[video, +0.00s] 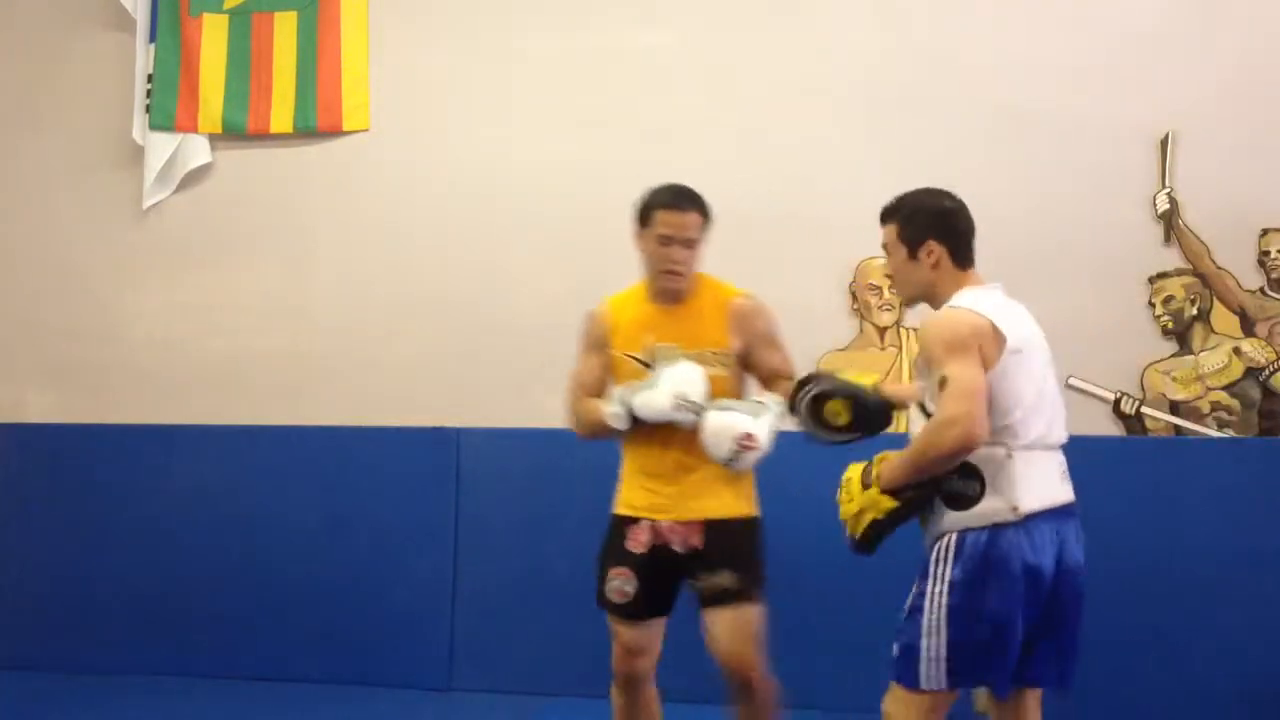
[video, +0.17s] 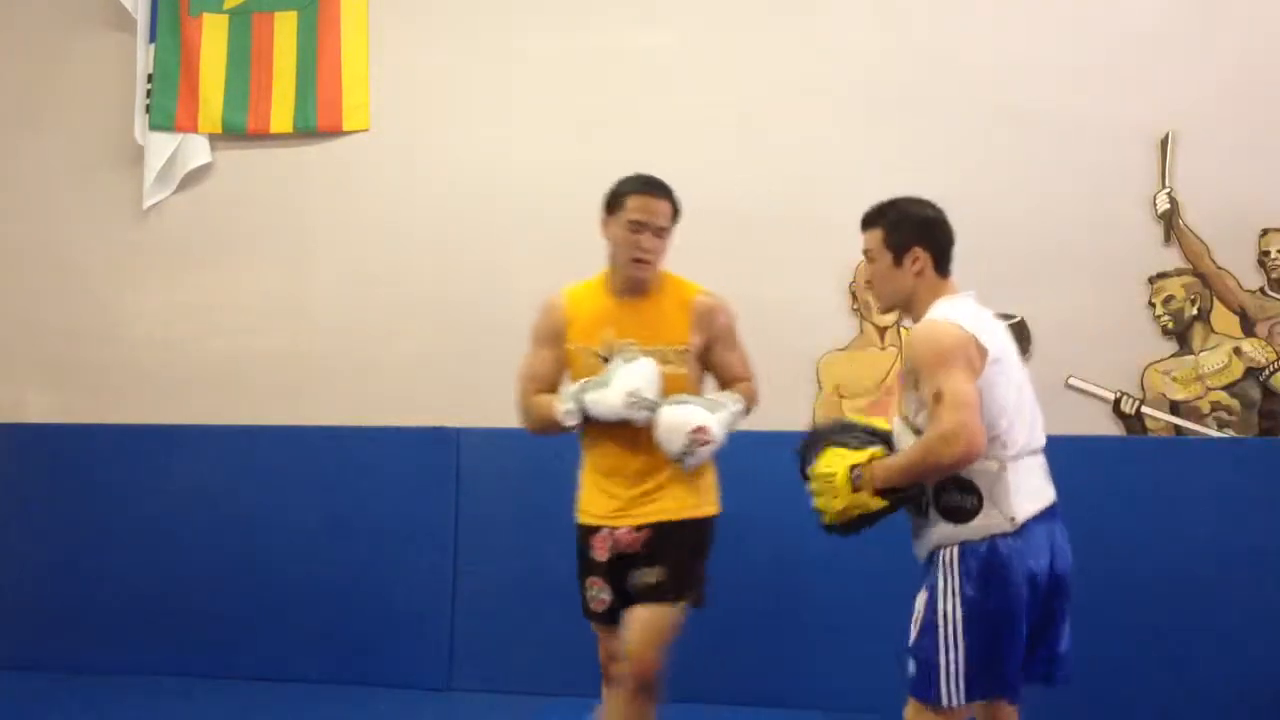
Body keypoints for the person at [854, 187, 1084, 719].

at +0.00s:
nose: (887, 270)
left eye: (891, 256)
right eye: (886, 257)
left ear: (931, 256)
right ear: (941, 253)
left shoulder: (950, 323)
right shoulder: (1010, 312)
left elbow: (963, 427)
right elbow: (991, 388)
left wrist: (880, 477)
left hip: (986, 543)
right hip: (1054, 531)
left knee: (911, 705)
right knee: (1016, 701)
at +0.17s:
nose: (864, 275)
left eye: (871, 260)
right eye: (865, 260)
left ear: (915, 262)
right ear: (920, 263)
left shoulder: (935, 332)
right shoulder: (976, 318)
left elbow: (960, 438)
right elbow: (974, 441)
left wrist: (872, 476)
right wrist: (888, 471)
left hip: (980, 555)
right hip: (1030, 539)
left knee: (931, 708)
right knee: (996, 704)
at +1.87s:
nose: (734, 301)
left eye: (741, 286)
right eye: (732, 287)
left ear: (786, 284)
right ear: (786, 287)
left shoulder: (820, 342)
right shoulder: (812, 335)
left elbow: (737, 424)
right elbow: (738, 406)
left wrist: (668, 369)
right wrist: (664, 379)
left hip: (898, 545)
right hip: (923, 532)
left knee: (842, 708)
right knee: (949, 687)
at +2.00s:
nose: (755, 291)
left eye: (763, 277)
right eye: (755, 277)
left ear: (808, 280)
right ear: (810, 281)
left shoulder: (835, 337)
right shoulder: (854, 326)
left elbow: (773, 424)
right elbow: (781, 404)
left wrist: (696, 377)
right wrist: (714, 372)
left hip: (903, 543)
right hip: (934, 531)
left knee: (850, 702)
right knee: (956, 687)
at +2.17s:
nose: (796, 289)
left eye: (805, 274)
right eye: (797, 274)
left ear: (849, 278)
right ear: (852, 279)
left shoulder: (869, 343)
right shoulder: (899, 330)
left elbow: (877, 445)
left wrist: (787, 455)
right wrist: (802, 444)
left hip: (921, 542)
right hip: (958, 531)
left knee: (859, 707)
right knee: (968, 692)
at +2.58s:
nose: (828, 283)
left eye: (838, 267)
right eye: (829, 268)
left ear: (884, 272)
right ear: (886, 274)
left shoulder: (890, 333)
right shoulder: (926, 322)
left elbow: (958, 401)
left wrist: (908, 496)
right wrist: (864, 475)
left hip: (934, 540)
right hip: (976, 529)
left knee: (854, 707)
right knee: (983, 697)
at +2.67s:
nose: (814, 282)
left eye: (825, 267)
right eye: (815, 267)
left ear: (870, 275)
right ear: (873, 277)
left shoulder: (874, 338)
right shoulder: (916, 327)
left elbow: (938, 404)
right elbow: (952, 429)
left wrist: (882, 499)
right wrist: (852, 478)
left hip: (923, 543)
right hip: (970, 531)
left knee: (852, 706)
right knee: (976, 690)